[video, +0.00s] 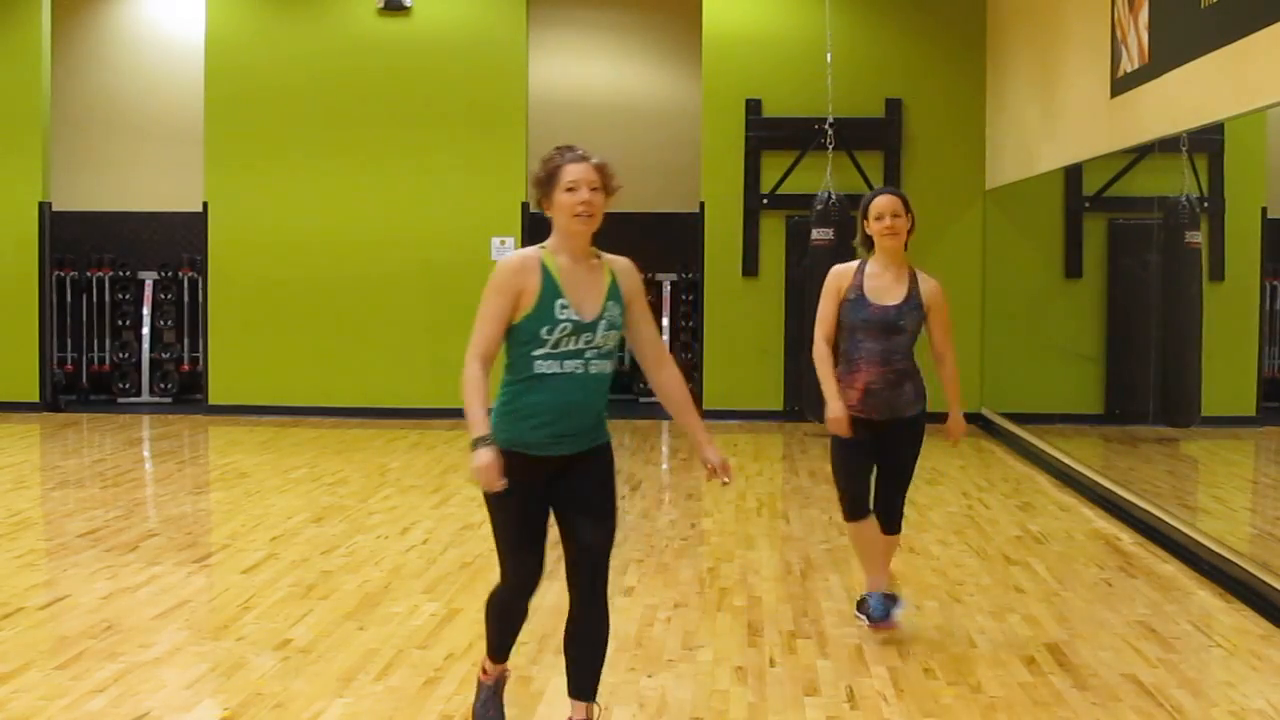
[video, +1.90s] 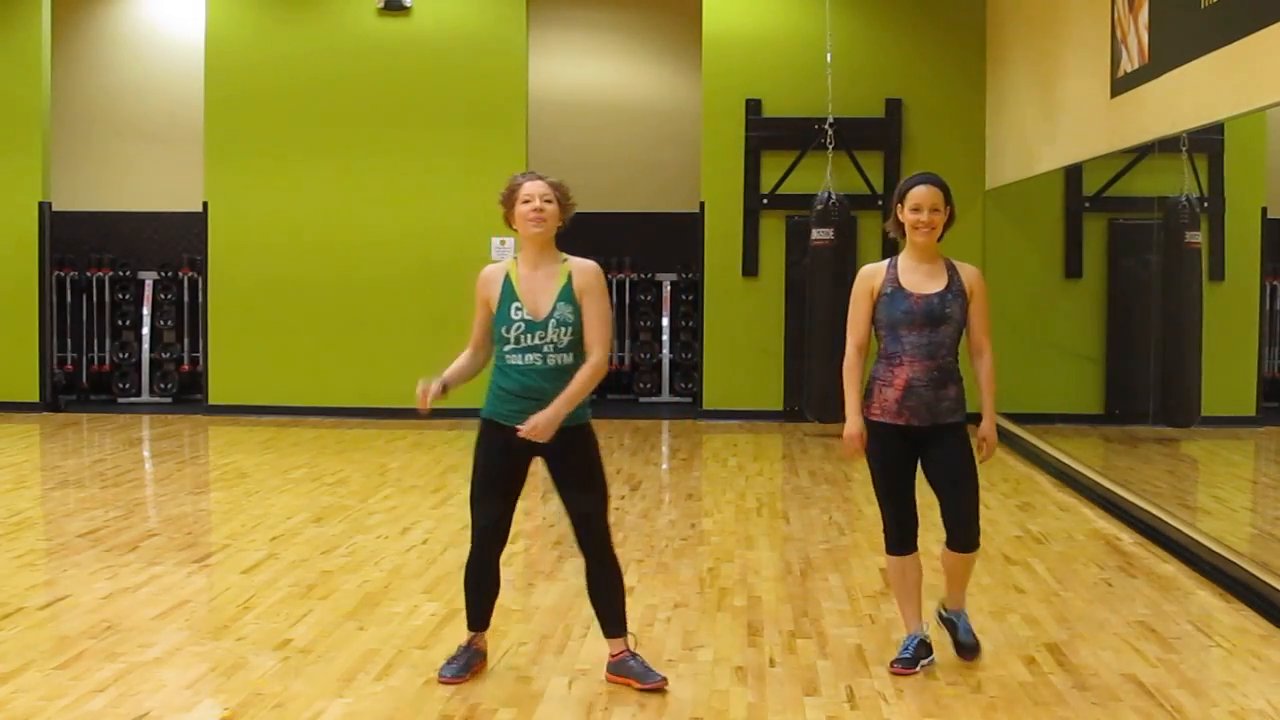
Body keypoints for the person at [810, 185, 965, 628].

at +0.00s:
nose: (889, 223)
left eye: (896, 216)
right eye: (879, 217)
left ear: (909, 223)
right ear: (867, 226)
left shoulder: (927, 288)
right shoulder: (842, 277)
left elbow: (943, 352)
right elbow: (821, 342)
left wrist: (955, 409)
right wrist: (833, 400)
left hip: (903, 414)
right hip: (850, 412)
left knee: (890, 507)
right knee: (853, 504)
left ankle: (876, 591)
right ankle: (879, 589)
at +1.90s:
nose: (926, 218)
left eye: (935, 210)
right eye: (917, 209)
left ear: (947, 217)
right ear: (899, 214)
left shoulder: (966, 278)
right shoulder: (873, 277)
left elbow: (981, 351)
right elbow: (854, 350)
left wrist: (987, 415)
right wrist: (852, 415)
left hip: (946, 420)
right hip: (887, 422)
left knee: (965, 528)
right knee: (900, 532)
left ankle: (954, 608)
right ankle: (913, 635)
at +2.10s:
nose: (931, 214)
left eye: (941, 206)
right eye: (922, 204)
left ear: (954, 214)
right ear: (906, 211)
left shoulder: (970, 279)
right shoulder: (875, 274)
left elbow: (980, 354)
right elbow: (857, 346)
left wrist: (989, 419)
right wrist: (872, 405)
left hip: (958, 423)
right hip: (897, 425)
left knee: (980, 533)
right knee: (906, 535)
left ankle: (1000, 647)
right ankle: (915, 637)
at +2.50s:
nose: (961, 209)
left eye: (970, 200)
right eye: (951, 201)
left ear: (986, 212)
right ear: (935, 215)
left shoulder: (1012, 276)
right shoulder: (913, 284)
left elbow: (1032, 352)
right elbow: (900, 361)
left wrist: (1040, 421)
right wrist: (899, 430)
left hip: (1004, 432)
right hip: (936, 432)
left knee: (1020, 548)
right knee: (906, 542)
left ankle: (1027, 661)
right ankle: (909, 623)